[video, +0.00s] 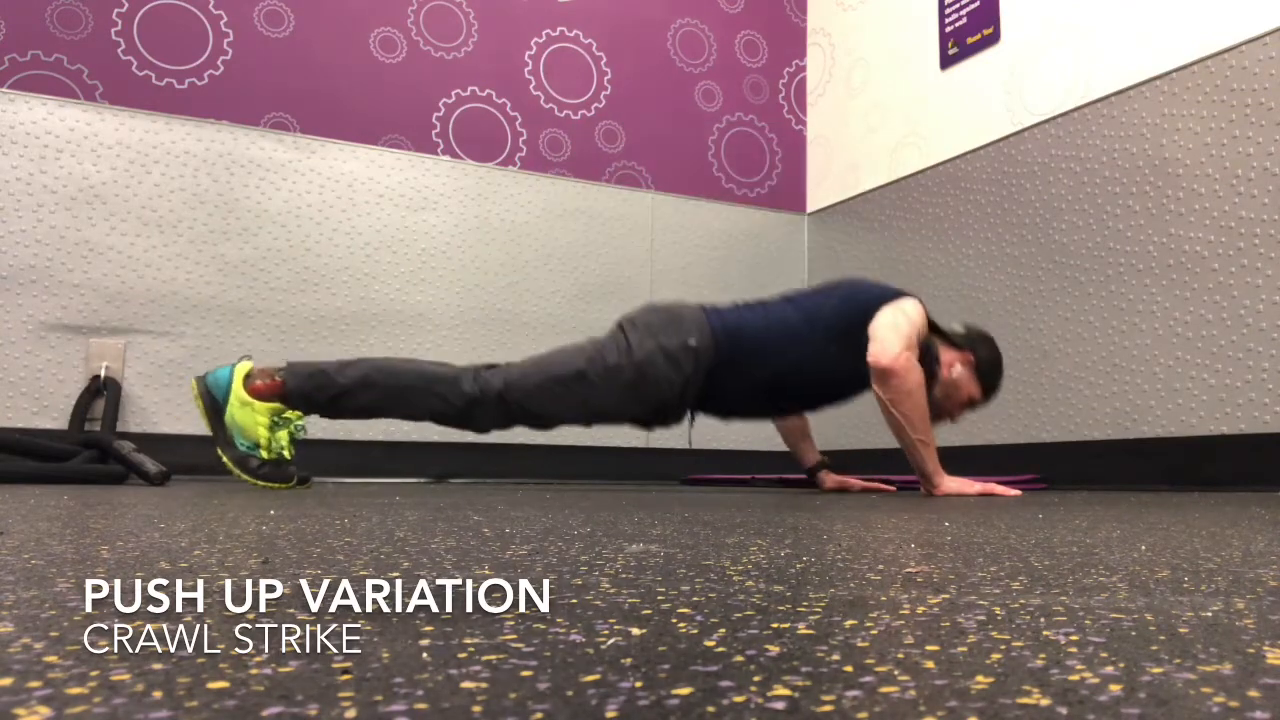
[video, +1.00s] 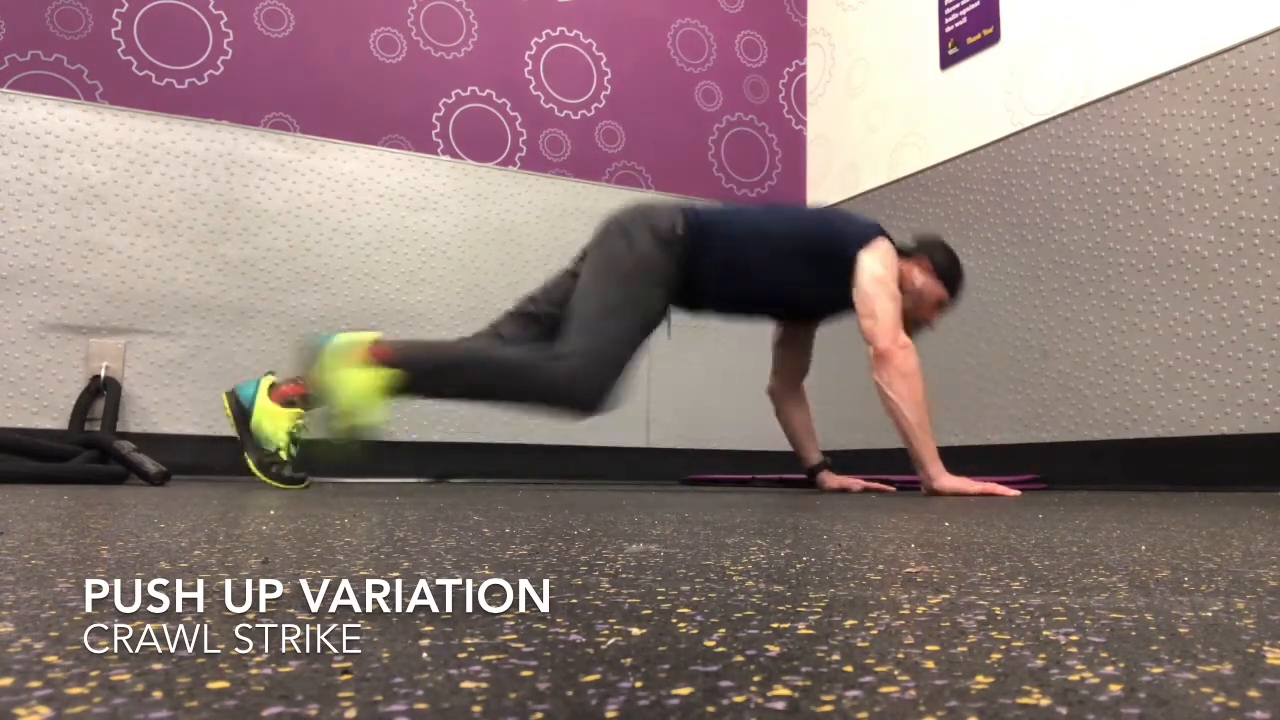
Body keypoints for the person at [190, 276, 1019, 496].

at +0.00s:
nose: (943, 406)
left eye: (955, 405)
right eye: (958, 396)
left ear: (945, 371)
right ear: (955, 356)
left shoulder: (855, 329)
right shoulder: (910, 317)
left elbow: (781, 385)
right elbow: (892, 367)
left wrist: (819, 471)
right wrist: (938, 475)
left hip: (678, 361)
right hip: (678, 353)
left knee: (486, 395)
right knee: (483, 396)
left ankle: (271, 391)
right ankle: (261, 384)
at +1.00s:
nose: (907, 326)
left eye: (920, 316)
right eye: (919, 309)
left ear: (896, 276)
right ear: (914, 269)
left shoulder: (824, 278)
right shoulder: (873, 247)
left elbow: (788, 384)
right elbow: (894, 355)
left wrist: (819, 469)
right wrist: (935, 473)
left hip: (640, 255)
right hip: (653, 238)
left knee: (501, 353)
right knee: (578, 381)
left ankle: (291, 401)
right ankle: (374, 360)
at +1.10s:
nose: (894, 289)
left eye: (905, 280)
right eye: (902, 269)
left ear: (884, 245)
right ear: (887, 229)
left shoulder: (806, 269)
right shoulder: (852, 216)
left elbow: (791, 376)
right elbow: (888, 329)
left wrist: (819, 465)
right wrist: (937, 440)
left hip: (627, 235)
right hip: (637, 197)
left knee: (478, 349)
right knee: (719, 297)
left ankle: (276, 402)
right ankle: (549, 386)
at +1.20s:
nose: (897, 251)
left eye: (905, 243)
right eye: (899, 229)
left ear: (878, 231)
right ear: (873, 193)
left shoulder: (799, 243)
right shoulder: (831, 182)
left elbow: (788, 357)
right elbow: (885, 285)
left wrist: (819, 463)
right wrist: (967, 374)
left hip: (613, 240)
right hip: (625, 189)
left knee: (479, 355)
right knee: (785, 229)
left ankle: (271, 405)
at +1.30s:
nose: (892, 229)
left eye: (900, 226)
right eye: (894, 211)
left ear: (871, 209)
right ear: (871, 178)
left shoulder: (805, 234)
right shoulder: (826, 160)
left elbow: (794, 344)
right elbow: (876, 240)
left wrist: (811, 454)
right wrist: (970, 293)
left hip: (620, 243)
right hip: (633, 199)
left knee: (481, 370)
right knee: (803, 252)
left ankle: (272, 405)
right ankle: (850, 442)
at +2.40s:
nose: (869, 237)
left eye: (880, 236)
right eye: (872, 219)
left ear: (867, 231)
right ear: (846, 185)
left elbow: (766, 392)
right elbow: (848, 251)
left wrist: (815, 467)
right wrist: (939, 329)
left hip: (600, 245)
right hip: (604, 194)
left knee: (466, 368)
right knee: (760, 240)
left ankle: (265, 407)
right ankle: (792, 415)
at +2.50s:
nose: (876, 262)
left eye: (883, 256)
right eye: (881, 243)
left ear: (861, 237)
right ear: (861, 204)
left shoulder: (781, 263)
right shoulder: (815, 189)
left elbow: (790, 372)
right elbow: (870, 296)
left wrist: (819, 468)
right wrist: (934, 403)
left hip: (601, 231)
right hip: (605, 181)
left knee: (471, 349)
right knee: (720, 252)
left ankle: (267, 405)